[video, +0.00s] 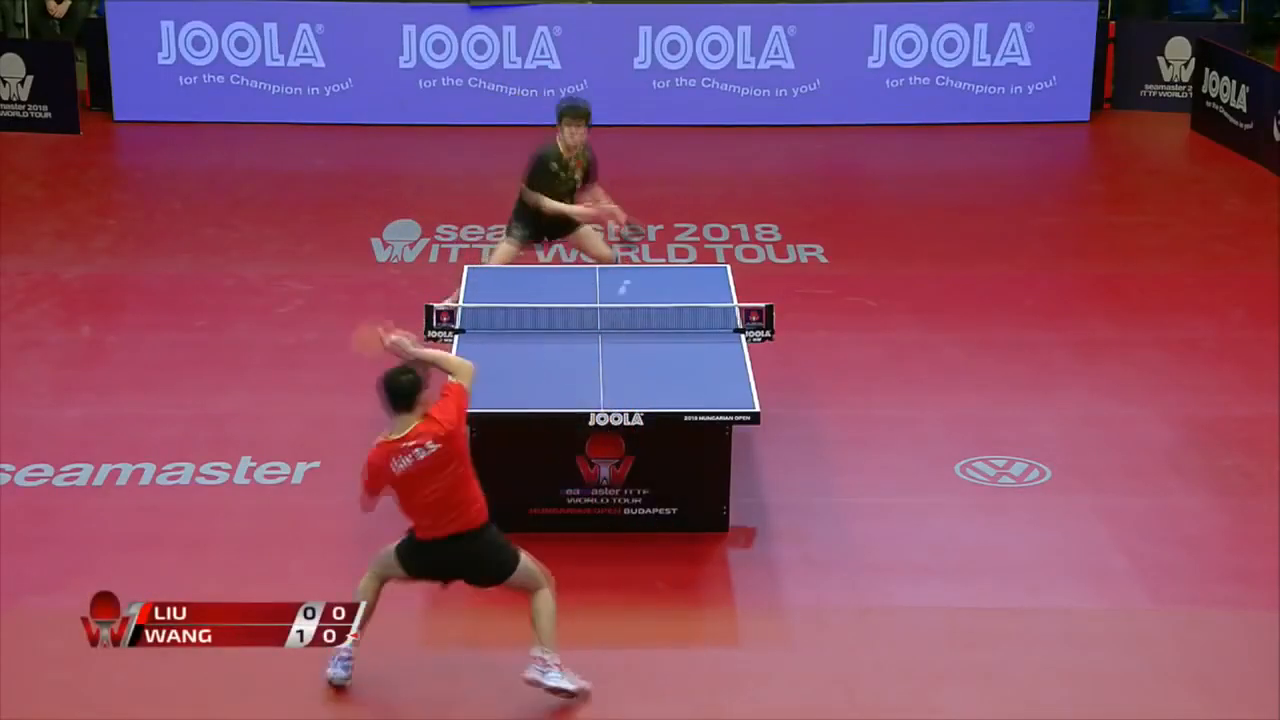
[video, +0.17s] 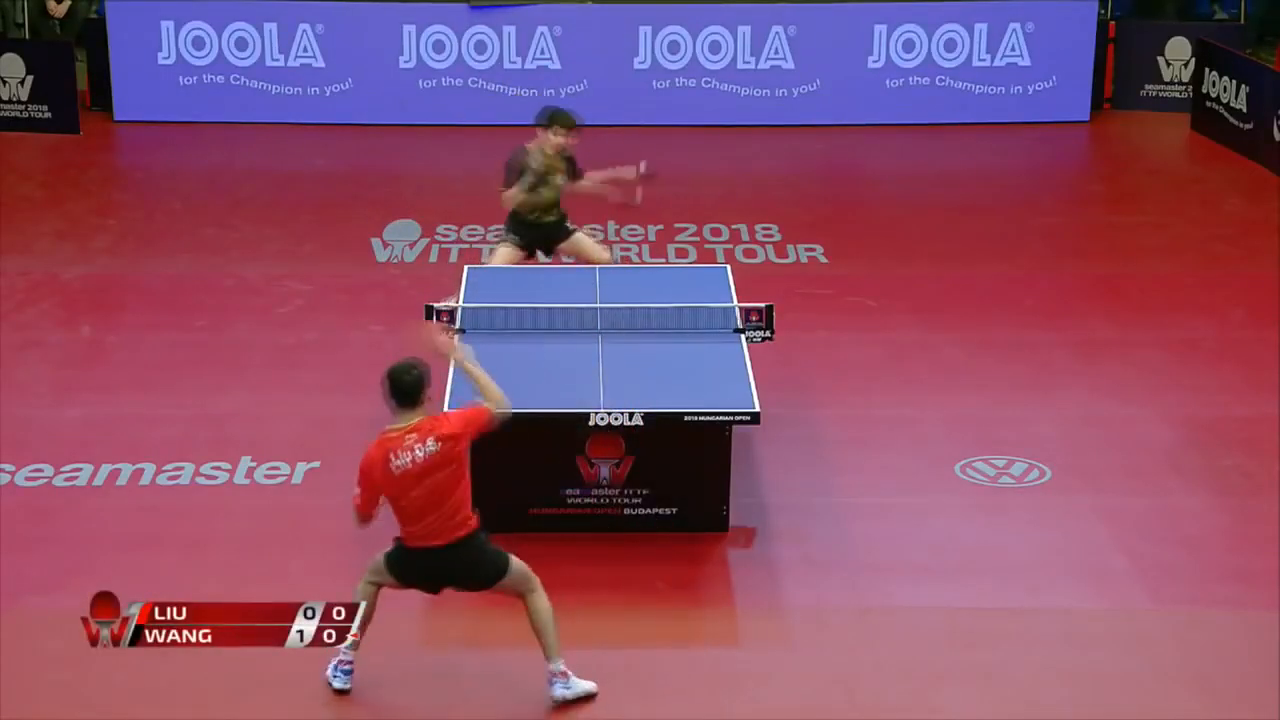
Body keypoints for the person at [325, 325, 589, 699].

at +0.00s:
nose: (428, 393)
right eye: (424, 388)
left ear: (386, 402)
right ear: (422, 395)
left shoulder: (381, 456)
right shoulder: (446, 419)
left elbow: (367, 502)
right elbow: (464, 369)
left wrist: (388, 453)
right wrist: (414, 351)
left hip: (427, 552)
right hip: (478, 546)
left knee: (376, 573)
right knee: (541, 584)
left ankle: (344, 656)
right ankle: (547, 663)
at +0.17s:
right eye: (423, 387)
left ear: (388, 397)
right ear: (426, 392)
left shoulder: (378, 454)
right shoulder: (453, 424)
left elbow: (363, 516)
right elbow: (502, 409)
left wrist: (371, 483)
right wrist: (467, 363)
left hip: (415, 561)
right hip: (468, 555)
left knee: (372, 578)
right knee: (531, 586)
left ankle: (344, 664)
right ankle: (560, 676)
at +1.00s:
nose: (430, 387)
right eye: (429, 381)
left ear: (386, 381)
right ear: (424, 386)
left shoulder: (354, 434)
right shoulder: (441, 441)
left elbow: (327, 493)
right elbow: (463, 512)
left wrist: (295, 525)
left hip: (371, 560)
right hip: (424, 565)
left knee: (343, 652)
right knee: (476, 653)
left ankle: (323, 717)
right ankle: (506, 715)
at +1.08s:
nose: (422, 385)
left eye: (422, 379)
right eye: (422, 379)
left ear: (380, 378)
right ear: (415, 384)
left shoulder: (346, 429)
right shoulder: (427, 438)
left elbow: (323, 487)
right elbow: (446, 504)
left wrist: (309, 516)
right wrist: (477, 560)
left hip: (360, 558)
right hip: (413, 563)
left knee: (341, 651)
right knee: (460, 649)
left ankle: (323, 718)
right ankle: (491, 715)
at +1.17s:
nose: (419, 384)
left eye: (420, 377)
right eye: (420, 378)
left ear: (378, 375)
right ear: (413, 383)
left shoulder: (343, 425)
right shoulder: (420, 436)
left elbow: (325, 485)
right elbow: (431, 504)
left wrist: (324, 507)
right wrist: (454, 564)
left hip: (356, 555)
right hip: (408, 559)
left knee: (340, 650)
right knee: (454, 646)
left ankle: (322, 718)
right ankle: (476, 715)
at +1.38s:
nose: (431, 388)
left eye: (431, 380)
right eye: (431, 381)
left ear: (390, 377)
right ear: (421, 386)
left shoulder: (351, 422)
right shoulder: (421, 440)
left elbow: (340, 484)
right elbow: (429, 510)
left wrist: (385, 489)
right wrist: (454, 570)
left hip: (362, 558)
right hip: (410, 562)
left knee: (345, 649)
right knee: (448, 646)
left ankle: (322, 718)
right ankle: (449, 717)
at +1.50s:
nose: (446, 394)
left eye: (446, 387)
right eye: (446, 387)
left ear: (406, 381)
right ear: (437, 389)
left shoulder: (366, 426)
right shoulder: (437, 445)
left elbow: (353, 489)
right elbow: (453, 513)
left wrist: (396, 499)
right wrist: (486, 571)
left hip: (377, 562)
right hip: (429, 566)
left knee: (355, 648)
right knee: (457, 652)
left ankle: (328, 717)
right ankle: (451, 718)